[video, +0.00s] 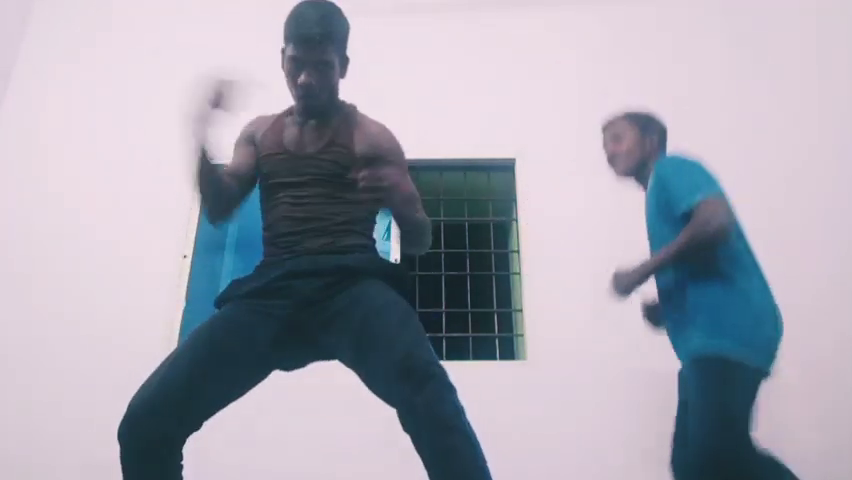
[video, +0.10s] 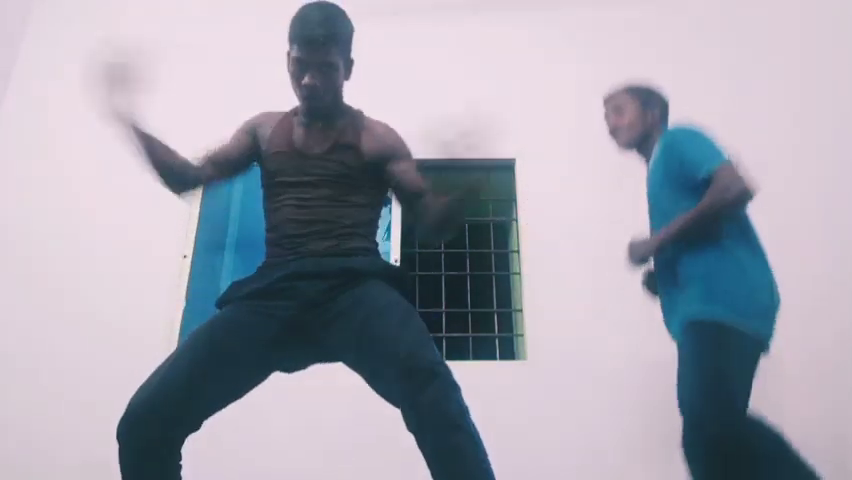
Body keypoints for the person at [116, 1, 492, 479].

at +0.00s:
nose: (308, 78)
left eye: (322, 66)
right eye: (299, 65)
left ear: (343, 68)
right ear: (284, 64)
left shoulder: (372, 138)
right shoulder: (259, 134)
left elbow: (419, 241)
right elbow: (218, 209)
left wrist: (403, 196)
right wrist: (202, 139)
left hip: (354, 291)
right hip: (271, 292)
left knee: (420, 378)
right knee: (147, 424)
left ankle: (471, 475)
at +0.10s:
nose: (310, 80)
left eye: (324, 68)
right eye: (302, 67)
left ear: (348, 68)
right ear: (288, 62)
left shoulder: (376, 138)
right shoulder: (262, 132)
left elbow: (427, 219)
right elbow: (185, 177)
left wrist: (453, 187)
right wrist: (132, 124)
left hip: (357, 293)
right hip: (273, 296)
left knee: (427, 382)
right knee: (146, 424)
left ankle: (474, 478)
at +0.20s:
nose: (319, 77)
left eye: (333, 65)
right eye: (310, 64)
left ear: (357, 63)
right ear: (297, 59)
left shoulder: (389, 141)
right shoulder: (265, 124)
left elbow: (463, 200)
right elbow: (173, 159)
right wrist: (92, 118)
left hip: (361, 297)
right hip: (271, 300)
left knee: (437, 377)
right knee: (142, 426)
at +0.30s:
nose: (324, 72)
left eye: (337, 60)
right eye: (315, 59)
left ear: (361, 62)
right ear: (299, 59)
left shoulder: (388, 139)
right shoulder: (269, 119)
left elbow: (458, 201)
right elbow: (188, 166)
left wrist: (531, 154)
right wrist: (129, 126)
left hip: (363, 290)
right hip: (274, 293)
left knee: (445, 379)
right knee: (144, 427)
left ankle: (487, 474)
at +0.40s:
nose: (324, 66)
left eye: (338, 54)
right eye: (315, 53)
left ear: (362, 58)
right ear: (300, 54)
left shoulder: (390, 139)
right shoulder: (271, 123)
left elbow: (463, 208)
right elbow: (191, 175)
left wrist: (544, 163)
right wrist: (114, 128)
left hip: (368, 284)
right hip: (279, 287)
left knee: (444, 371)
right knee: (150, 422)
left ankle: (486, 478)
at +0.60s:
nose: (337, 67)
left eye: (351, 56)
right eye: (327, 54)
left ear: (371, 58)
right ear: (312, 54)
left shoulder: (397, 135)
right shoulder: (279, 127)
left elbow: (458, 227)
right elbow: (218, 201)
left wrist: (475, 211)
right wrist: (145, 190)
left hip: (372, 273)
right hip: (286, 279)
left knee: (439, 370)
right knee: (159, 423)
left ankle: (481, 476)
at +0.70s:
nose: (340, 66)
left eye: (354, 54)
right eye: (330, 53)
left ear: (374, 58)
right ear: (314, 55)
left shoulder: (395, 132)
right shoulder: (280, 131)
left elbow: (456, 222)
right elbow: (236, 214)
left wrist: (430, 249)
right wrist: (194, 226)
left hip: (373, 277)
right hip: (287, 284)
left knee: (437, 369)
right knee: (159, 425)